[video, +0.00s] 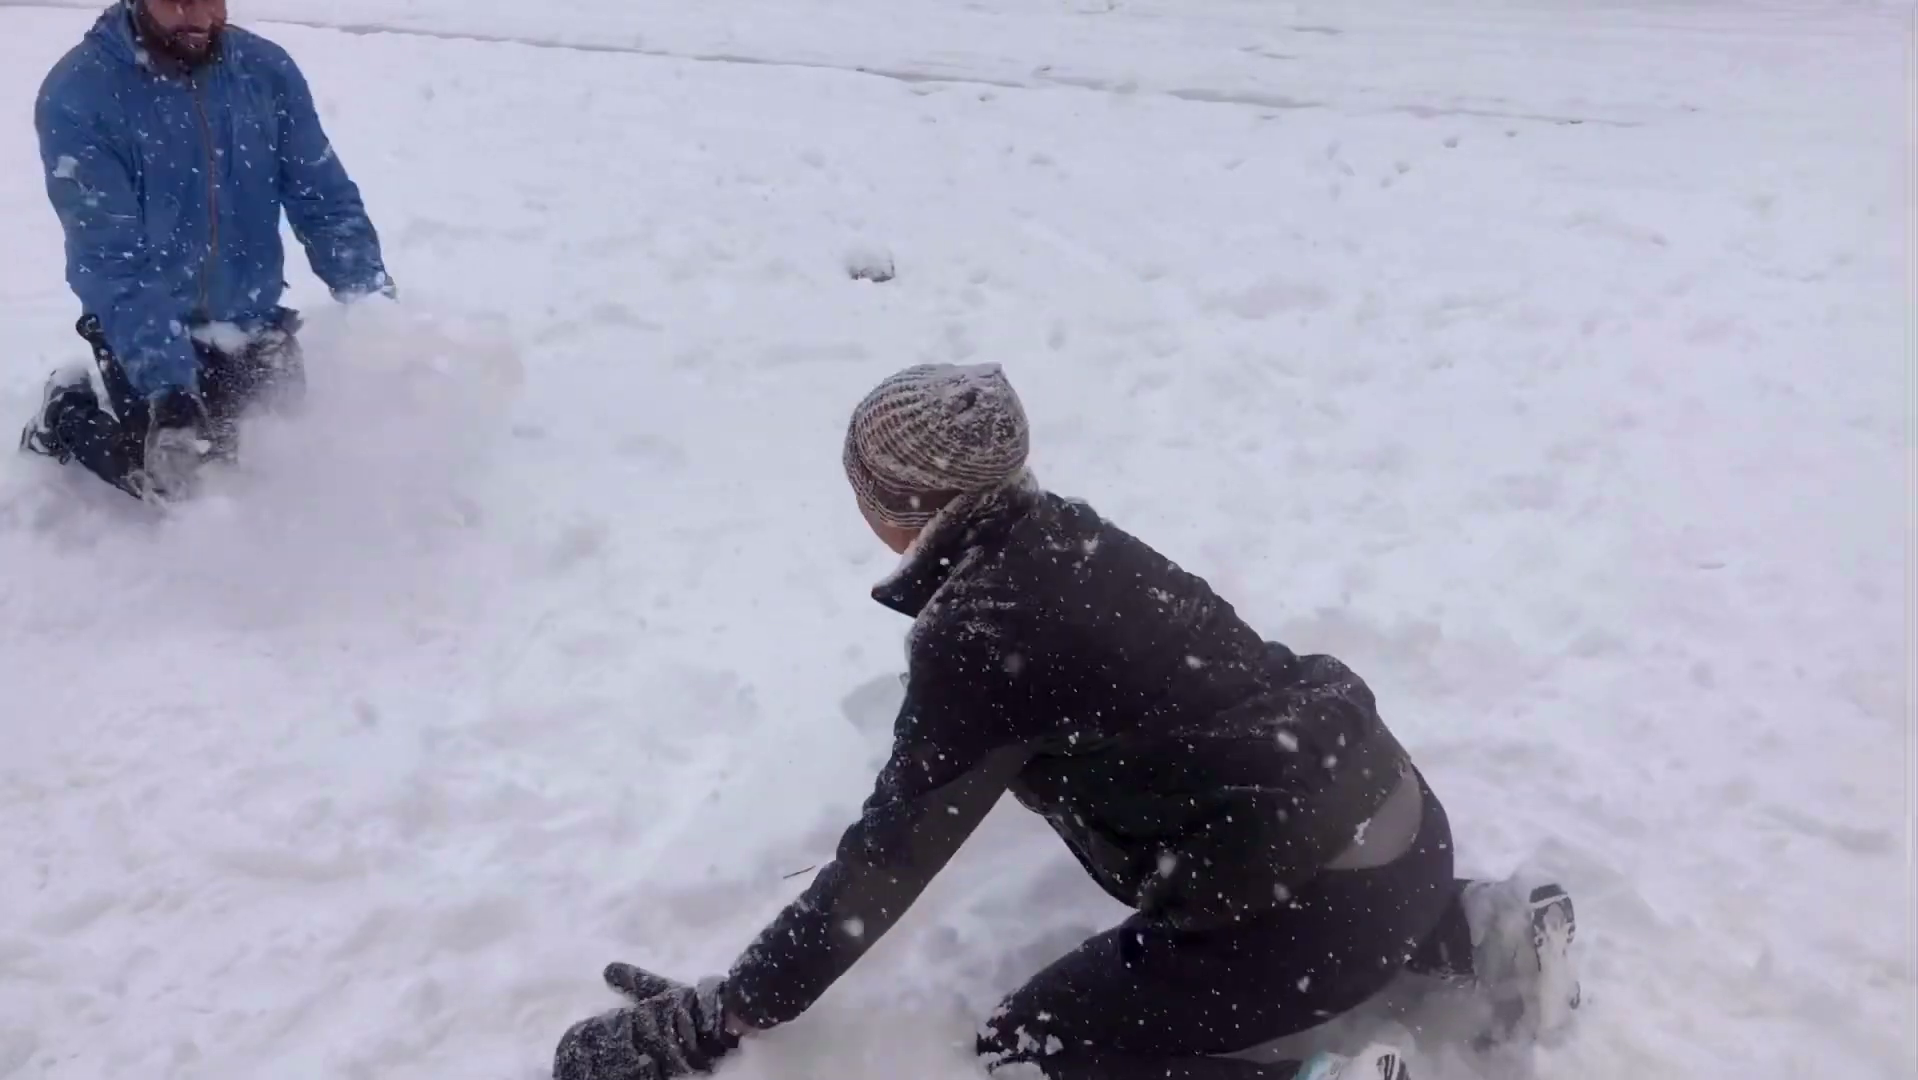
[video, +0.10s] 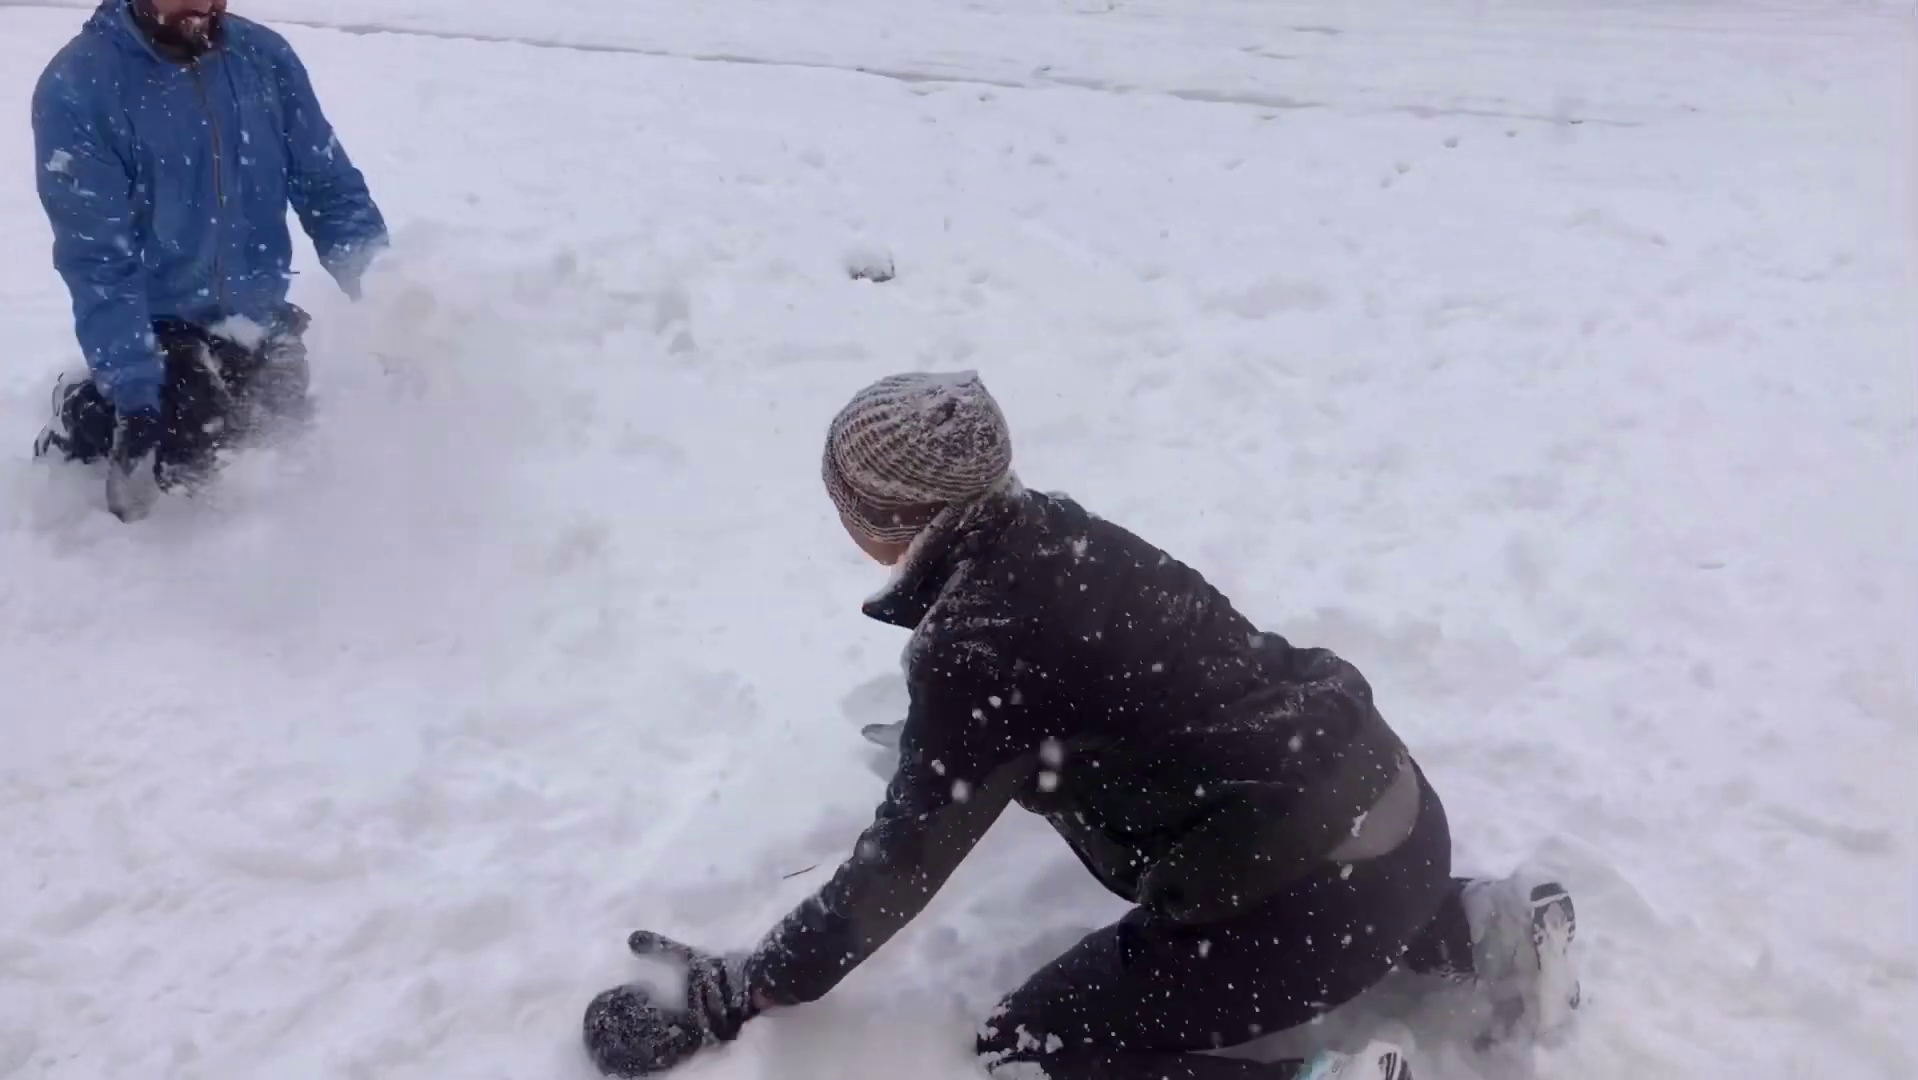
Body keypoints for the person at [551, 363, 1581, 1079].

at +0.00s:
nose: (866, 520)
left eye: (875, 497)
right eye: (863, 494)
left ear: (928, 502)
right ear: (989, 472)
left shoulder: (977, 635)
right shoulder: (1071, 536)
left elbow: (885, 865)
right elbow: (1226, 672)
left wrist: (721, 1014)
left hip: (1309, 917)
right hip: (1408, 838)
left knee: (1018, 1049)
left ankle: (1343, 1033)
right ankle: (1461, 941)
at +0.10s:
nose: (853, 533)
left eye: (860, 509)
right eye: (848, 508)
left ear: (914, 510)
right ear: (974, 479)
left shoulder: (974, 651)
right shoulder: (1060, 528)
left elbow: (900, 867)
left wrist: (740, 987)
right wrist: (959, 753)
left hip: (1304, 917)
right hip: (1403, 818)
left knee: (1021, 1043)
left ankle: (1321, 1041)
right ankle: (1461, 935)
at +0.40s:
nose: (832, 559)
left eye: (842, 538)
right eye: (826, 536)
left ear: (919, 527)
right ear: (949, 491)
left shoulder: (1020, 662)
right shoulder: (1038, 500)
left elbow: (984, 853)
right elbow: (998, 723)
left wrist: (863, 938)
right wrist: (905, 827)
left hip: (1299, 897)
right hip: (1392, 783)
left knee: (1027, 1036)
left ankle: (1323, 1061)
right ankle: (1468, 924)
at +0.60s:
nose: (931, 626)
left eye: (935, 590)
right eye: (911, 601)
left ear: (1001, 538)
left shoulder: (1101, 666)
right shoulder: (1055, 475)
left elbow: (1087, 866)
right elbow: (1027, 708)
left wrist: (961, 939)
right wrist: (951, 855)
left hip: (1303, 916)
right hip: (1377, 791)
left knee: (1022, 1043)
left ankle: (1312, 1062)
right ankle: (1462, 930)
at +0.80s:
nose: (1030, 665)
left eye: (1044, 624)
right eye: (1003, 640)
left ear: (1103, 563)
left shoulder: (1198, 694)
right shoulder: (1126, 503)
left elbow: (1176, 940)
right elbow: (1032, 718)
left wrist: (993, 988)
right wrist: (959, 891)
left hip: (1324, 958)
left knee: (1038, 1038)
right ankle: (1430, 948)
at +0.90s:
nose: (1073, 674)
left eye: (1098, 634)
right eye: (1044, 645)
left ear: (1160, 568)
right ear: (1015, 600)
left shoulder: (1271, 704)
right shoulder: (1080, 549)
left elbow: (1248, 964)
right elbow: (1023, 746)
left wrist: (1022, 1041)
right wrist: (960, 922)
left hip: (1350, 971)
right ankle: (1464, 968)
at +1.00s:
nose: (1112, 685)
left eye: (1137, 646)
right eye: (1086, 652)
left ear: (1205, 584)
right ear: (1057, 598)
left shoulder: (1345, 716)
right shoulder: (1118, 558)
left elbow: (1322, 990)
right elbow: (1036, 733)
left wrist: (1080, 1043)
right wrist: (994, 939)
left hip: (1352, 989)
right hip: (1229, 894)